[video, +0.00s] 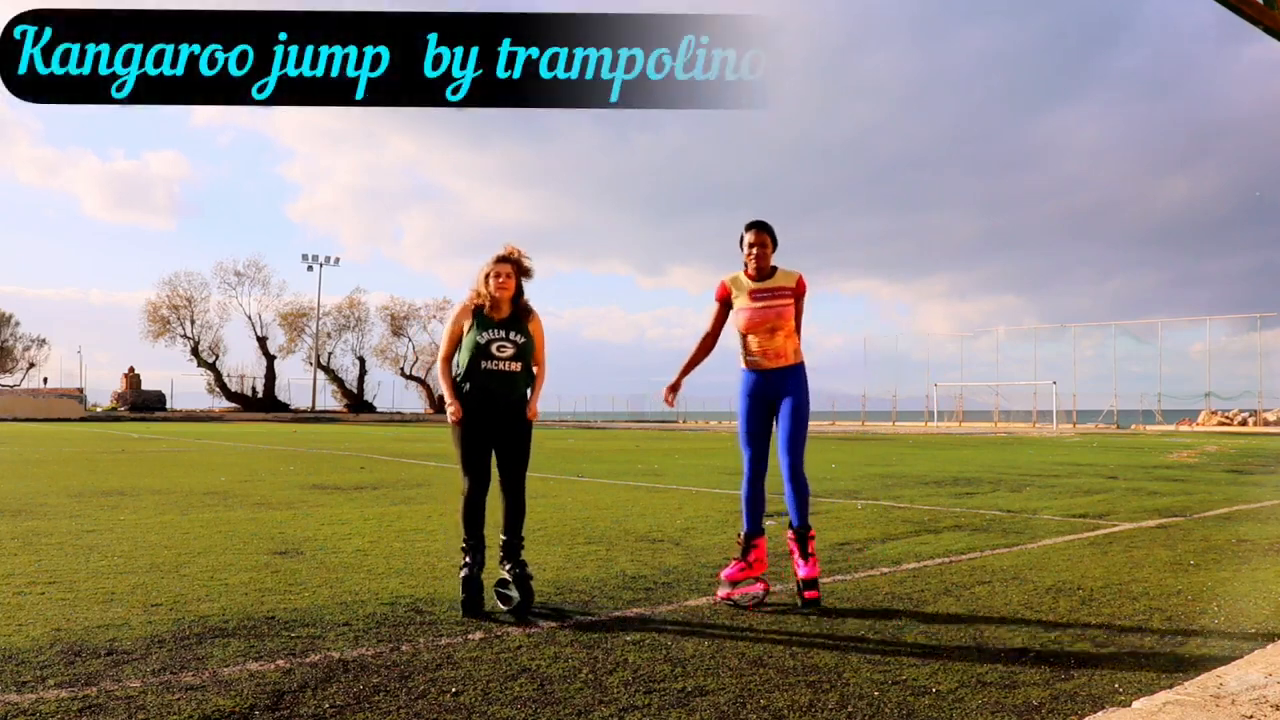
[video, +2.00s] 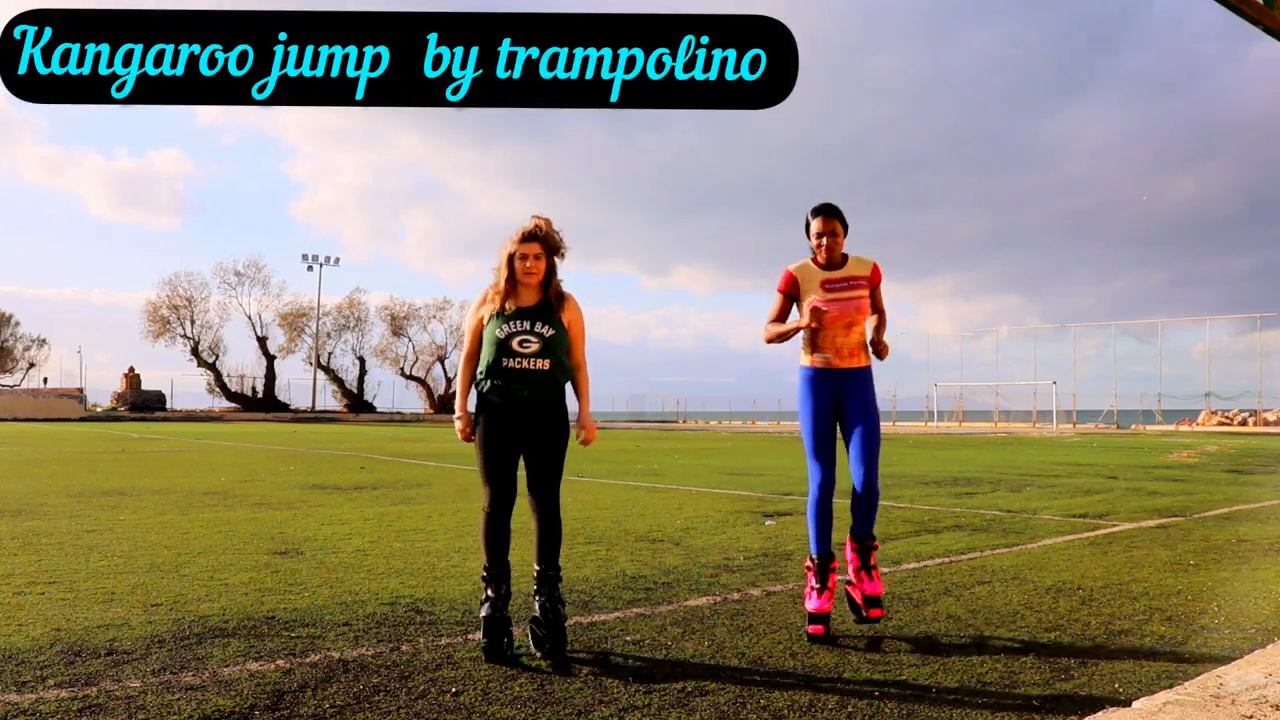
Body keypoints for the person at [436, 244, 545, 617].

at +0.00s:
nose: (503, 281)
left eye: (509, 276)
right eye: (497, 275)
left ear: (518, 281)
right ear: (485, 279)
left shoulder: (529, 319)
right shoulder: (465, 312)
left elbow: (539, 365)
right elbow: (443, 360)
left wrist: (534, 399)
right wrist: (450, 399)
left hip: (514, 411)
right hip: (472, 410)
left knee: (514, 487)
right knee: (476, 486)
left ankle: (512, 559)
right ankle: (472, 560)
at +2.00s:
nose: (531, 263)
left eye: (539, 257)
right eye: (524, 256)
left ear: (549, 262)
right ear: (511, 259)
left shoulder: (565, 306)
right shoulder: (489, 302)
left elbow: (577, 362)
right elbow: (468, 357)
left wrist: (585, 410)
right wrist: (461, 408)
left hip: (547, 415)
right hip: (496, 414)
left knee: (545, 503)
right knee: (497, 502)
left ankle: (548, 595)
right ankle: (494, 597)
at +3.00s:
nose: (555, 250)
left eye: (565, 246)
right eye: (549, 242)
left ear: (576, 254)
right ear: (537, 245)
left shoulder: (584, 297)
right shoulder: (511, 281)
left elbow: (609, 342)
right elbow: (477, 330)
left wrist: (612, 356)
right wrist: (451, 378)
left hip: (545, 402)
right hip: (495, 397)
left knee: (546, 493)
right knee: (487, 485)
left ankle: (548, 592)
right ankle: (475, 587)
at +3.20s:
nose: (562, 279)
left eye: (571, 272)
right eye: (556, 270)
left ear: (584, 279)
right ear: (544, 273)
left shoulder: (592, 325)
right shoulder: (522, 308)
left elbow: (616, 383)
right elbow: (483, 353)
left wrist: (621, 355)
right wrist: (446, 398)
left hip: (556, 425)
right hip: (505, 414)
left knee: (551, 514)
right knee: (464, 493)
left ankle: (540, 608)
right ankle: (413, 586)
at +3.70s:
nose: (564, 283)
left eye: (571, 277)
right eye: (557, 276)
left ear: (582, 284)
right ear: (545, 282)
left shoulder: (591, 333)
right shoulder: (521, 316)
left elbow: (607, 386)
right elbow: (482, 364)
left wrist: (622, 393)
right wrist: (445, 410)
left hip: (551, 429)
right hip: (502, 418)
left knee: (545, 515)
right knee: (449, 491)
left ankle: (539, 605)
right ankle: (390, 572)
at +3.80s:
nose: (544, 282)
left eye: (553, 276)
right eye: (538, 274)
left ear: (566, 283)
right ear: (527, 280)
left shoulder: (577, 329)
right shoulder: (506, 316)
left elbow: (582, 380)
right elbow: (476, 366)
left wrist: (578, 426)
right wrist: (477, 401)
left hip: (548, 430)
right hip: (498, 422)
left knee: (543, 516)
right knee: (455, 498)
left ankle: (539, 606)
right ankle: (428, 586)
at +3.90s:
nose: (526, 267)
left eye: (534, 260)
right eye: (519, 260)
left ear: (547, 263)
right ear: (508, 263)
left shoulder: (564, 309)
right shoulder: (492, 298)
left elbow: (574, 364)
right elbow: (462, 345)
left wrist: (571, 413)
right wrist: (484, 355)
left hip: (545, 413)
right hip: (496, 407)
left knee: (545, 500)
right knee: (468, 489)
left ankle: (546, 595)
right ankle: (454, 586)